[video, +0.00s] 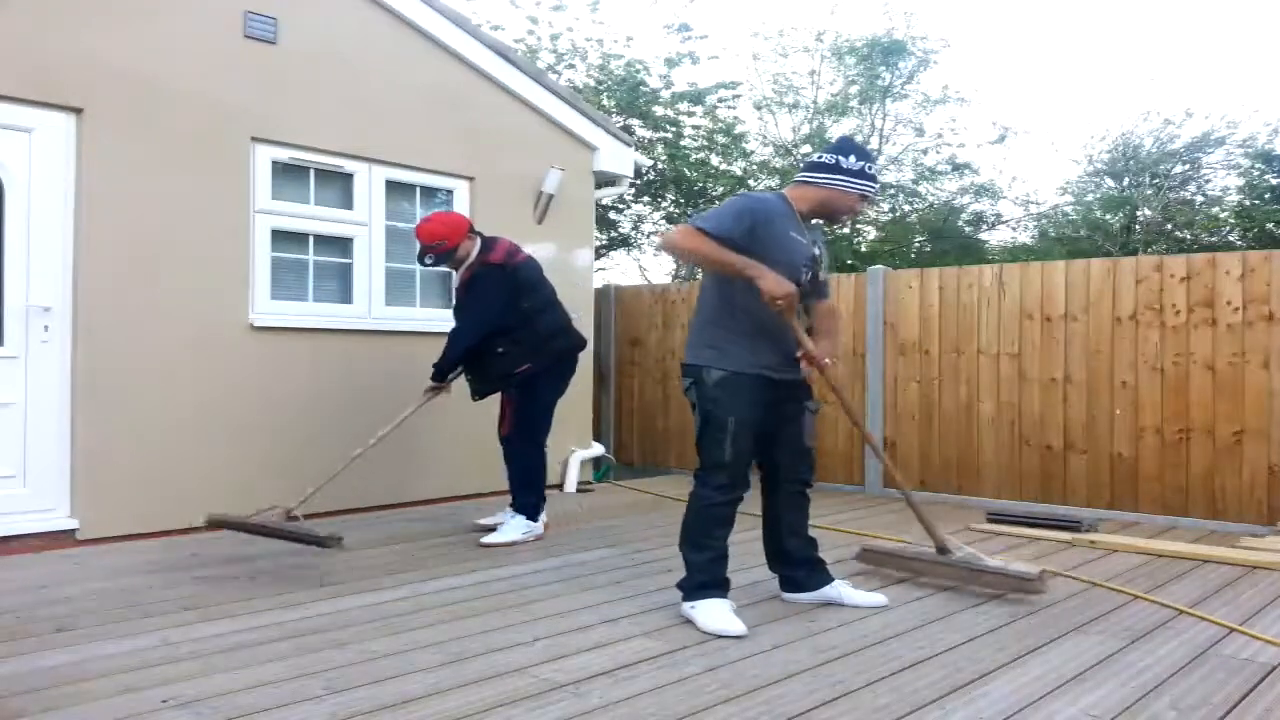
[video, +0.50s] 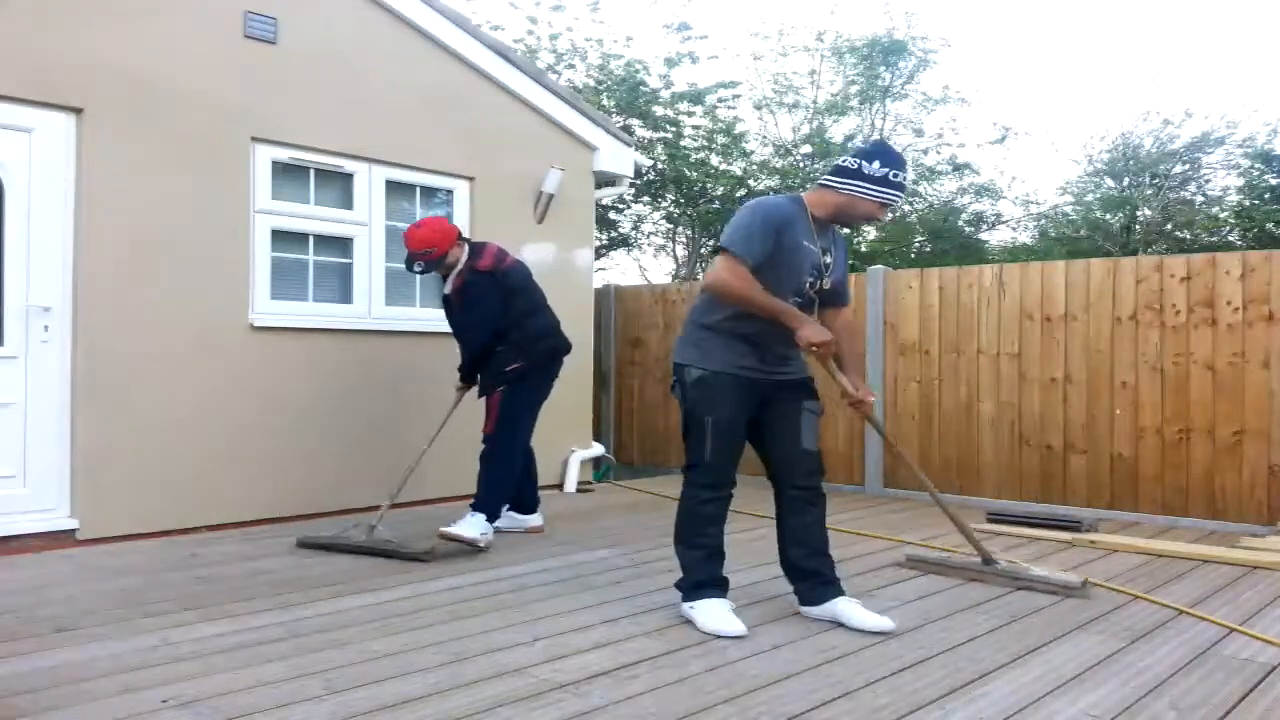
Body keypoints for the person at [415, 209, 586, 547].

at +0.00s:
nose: (446, 264)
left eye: (447, 257)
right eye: (442, 259)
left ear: (464, 241)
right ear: (466, 239)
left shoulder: (490, 272)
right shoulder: (489, 257)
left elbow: (470, 330)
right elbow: (474, 323)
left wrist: (440, 373)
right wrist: (451, 365)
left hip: (544, 358)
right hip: (530, 358)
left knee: (523, 435)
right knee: (514, 434)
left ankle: (529, 517)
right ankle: (522, 509)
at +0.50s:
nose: (433, 270)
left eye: (435, 263)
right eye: (429, 266)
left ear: (453, 248)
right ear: (450, 249)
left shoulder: (485, 269)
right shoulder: (455, 279)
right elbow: (472, 333)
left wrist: (474, 371)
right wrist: (468, 370)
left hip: (533, 353)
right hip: (509, 356)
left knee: (501, 434)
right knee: (511, 433)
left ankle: (482, 518)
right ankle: (523, 511)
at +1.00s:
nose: (399, 272)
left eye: (401, 265)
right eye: (395, 267)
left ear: (421, 250)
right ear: (424, 247)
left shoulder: (456, 277)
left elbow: (451, 341)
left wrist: (423, 367)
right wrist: (430, 360)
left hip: (512, 356)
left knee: (485, 440)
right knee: (505, 432)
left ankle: (475, 529)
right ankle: (521, 510)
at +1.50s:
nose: (382, 254)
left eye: (383, 246)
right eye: (377, 248)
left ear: (404, 230)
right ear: (405, 229)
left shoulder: (435, 263)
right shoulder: (429, 250)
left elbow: (409, 324)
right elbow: (414, 319)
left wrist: (366, 366)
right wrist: (375, 362)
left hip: (494, 358)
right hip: (466, 360)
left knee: (474, 440)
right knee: (453, 439)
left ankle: (474, 528)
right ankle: (480, 511)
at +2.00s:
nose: (362, 259)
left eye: (365, 252)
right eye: (358, 254)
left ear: (385, 238)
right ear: (385, 236)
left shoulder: (416, 269)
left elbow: (419, 336)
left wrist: (399, 367)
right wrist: (406, 358)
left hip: (469, 352)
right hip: (441, 355)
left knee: (440, 437)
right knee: (434, 437)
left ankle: (435, 529)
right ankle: (460, 520)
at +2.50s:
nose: (338, 259)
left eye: (341, 252)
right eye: (334, 253)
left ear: (362, 237)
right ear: (362, 235)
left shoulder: (398, 269)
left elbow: (390, 341)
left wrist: (341, 368)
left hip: (455, 356)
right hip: (433, 356)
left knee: (429, 446)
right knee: (441, 440)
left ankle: (417, 540)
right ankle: (457, 521)